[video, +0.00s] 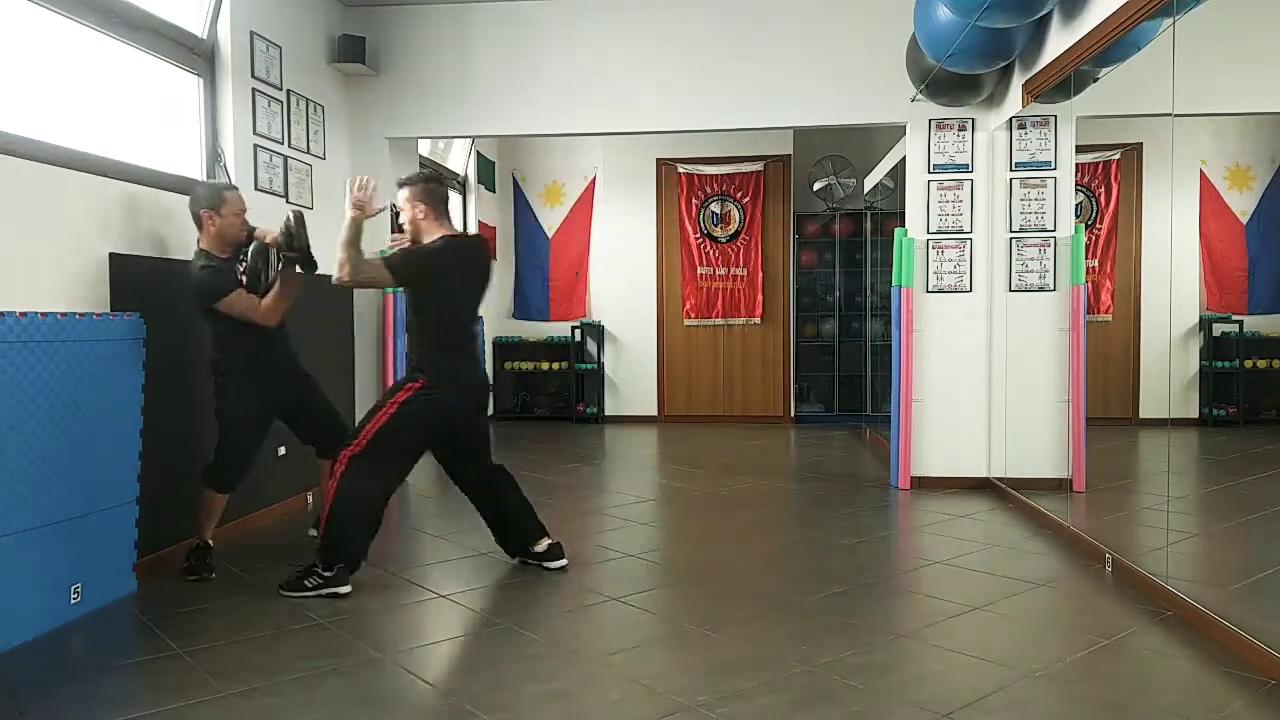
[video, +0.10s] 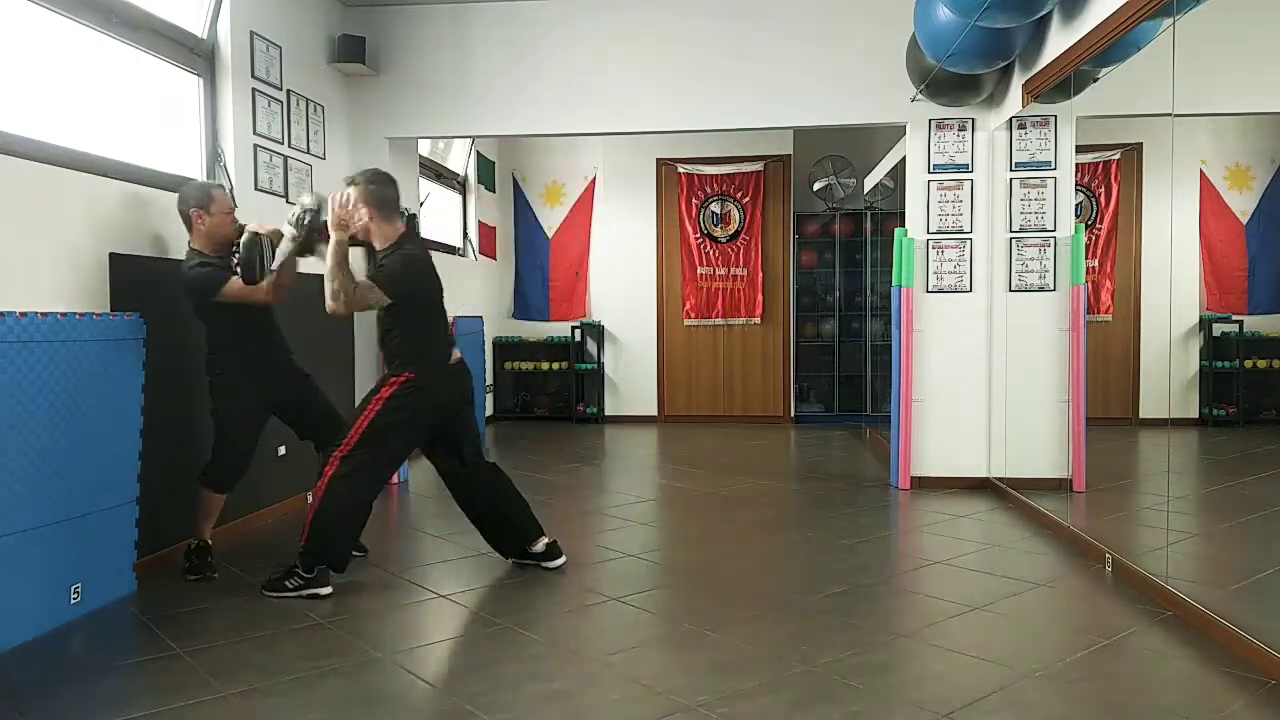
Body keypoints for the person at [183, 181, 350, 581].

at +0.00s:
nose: (245, 222)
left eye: (244, 214)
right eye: (238, 215)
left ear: (217, 218)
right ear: (209, 219)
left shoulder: (243, 245)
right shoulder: (204, 277)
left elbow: (288, 244)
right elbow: (268, 314)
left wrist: (277, 243)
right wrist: (290, 264)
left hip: (284, 374)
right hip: (242, 384)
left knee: (336, 440)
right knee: (227, 467)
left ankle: (327, 522)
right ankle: (203, 544)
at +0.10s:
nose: (237, 220)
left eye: (235, 213)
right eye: (229, 213)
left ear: (204, 219)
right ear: (199, 219)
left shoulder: (239, 256)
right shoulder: (197, 276)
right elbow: (268, 295)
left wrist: (277, 238)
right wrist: (288, 246)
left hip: (279, 373)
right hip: (238, 384)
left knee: (338, 440)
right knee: (227, 465)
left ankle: (335, 532)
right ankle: (201, 543)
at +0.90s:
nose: (316, 208)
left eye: (314, 202)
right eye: (307, 203)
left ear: (296, 209)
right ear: (279, 209)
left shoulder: (314, 258)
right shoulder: (260, 256)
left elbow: (320, 306)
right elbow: (235, 318)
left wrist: (344, 315)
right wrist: (290, 343)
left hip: (307, 368)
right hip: (271, 370)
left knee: (309, 457)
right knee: (274, 455)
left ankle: (277, 535)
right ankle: (234, 528)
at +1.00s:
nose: (339, 205)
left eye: (338, 199)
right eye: (331, 199)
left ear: (313, 203)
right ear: (303, 203)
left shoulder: (330, 252)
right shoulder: (282, 248)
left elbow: (337, 301)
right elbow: (247, 305)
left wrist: (364, 305)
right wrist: (304, 330)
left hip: (320, 360)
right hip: (288, 361)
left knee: (312, 452)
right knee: (300, 451)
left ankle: (285, 532)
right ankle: (275, 535)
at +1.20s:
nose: (379, 210)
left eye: (378, 204)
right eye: (372, 204)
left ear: (353, 209)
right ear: (344, 208)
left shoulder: (365, 258)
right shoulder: (324, 251)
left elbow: (369, 297)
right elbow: (294, 310)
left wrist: (395, 308)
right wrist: (355, 316)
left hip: (348, 370)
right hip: (325, 371)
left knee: (320, 455)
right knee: (355, 459)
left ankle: (279, 526)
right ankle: (364, 548)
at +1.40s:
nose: (415, 212)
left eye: (414, 204)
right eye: (408, 204)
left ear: (385, 208)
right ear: (382, 207)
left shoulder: (384, 252)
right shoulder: (367, 249)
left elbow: (379, 309)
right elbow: (353, 311)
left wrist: (419, 320)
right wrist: (411, 322)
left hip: (381, 365)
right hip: (364, 368)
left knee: (398, 439)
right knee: (384, 453)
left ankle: (345, 509)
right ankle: (370, 548)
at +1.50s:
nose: (432, 203)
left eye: (431, 196)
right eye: (426, 196)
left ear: (405, 201)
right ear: (399, 199)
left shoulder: (404, 241)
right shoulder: (385, 234)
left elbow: (391, 295)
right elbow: (363, 295)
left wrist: (426, 302)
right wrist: (420, 307)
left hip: (394, 351)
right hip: (377, 351)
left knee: (405, 442)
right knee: (401, 444)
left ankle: (381, 525)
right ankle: (377, 535)